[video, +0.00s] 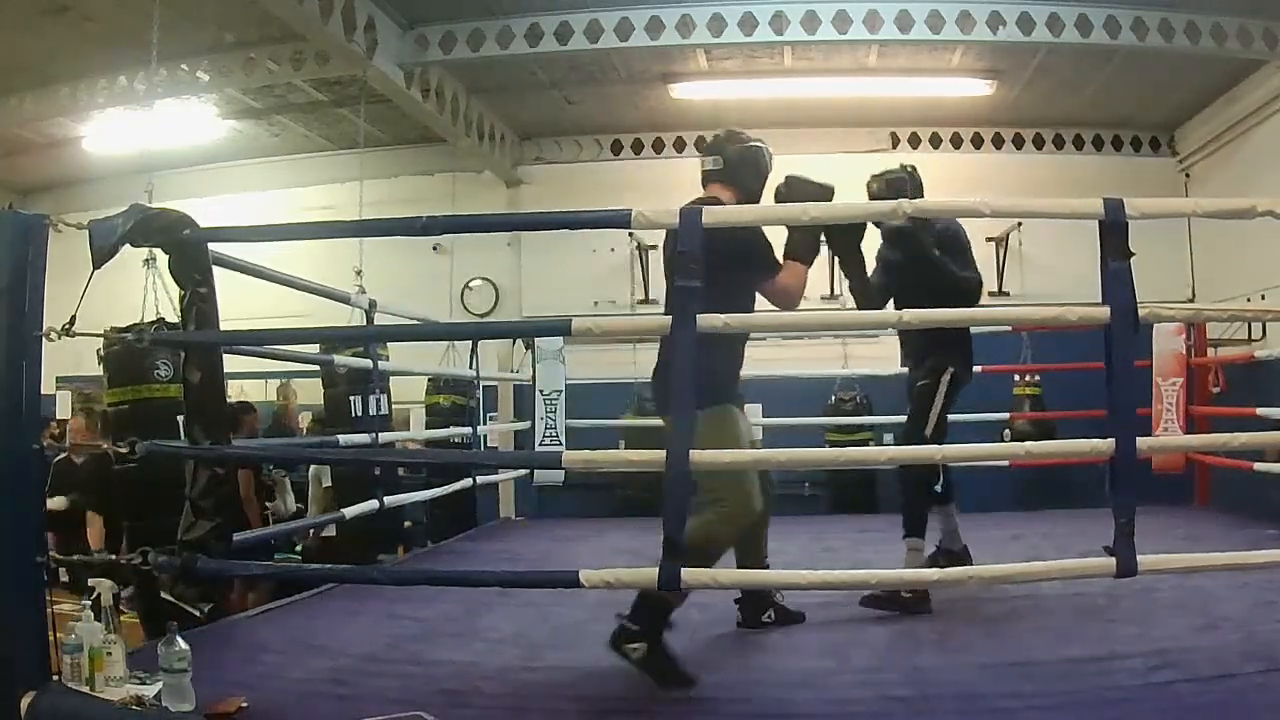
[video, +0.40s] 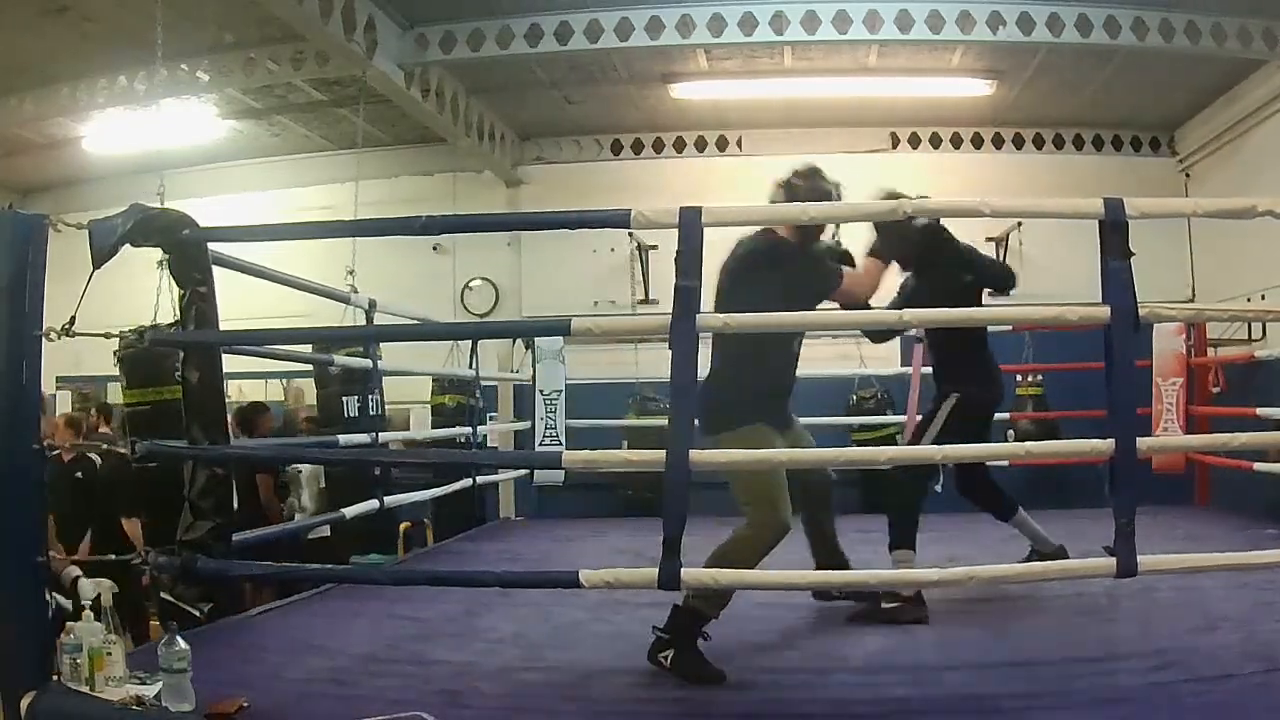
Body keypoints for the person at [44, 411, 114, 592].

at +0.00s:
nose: (71, 437)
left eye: (77, 432)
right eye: (70, 432)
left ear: (89, 435)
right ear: (66, 433)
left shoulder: (101, 463)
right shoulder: (59, 464)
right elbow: (49, 502)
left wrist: (66, 500)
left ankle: (100, 561)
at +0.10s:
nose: (69, 439)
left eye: (74, 434)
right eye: (66, 434)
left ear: (89, 436)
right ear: (64, 437)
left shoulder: (103, 464)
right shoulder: (55, 466)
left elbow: (106, 516)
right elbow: (49, 510)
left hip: (96, 549)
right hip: (63, 549)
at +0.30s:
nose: (56, 433)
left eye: (61, 428)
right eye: (57, 428)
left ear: (76, 434)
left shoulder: (110, 463)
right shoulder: (53, 466)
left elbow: (125, 518)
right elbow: (51, 520)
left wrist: (139, 562)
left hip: (113, 559)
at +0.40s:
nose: (54, 432)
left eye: (59, 428)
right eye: (56, 428)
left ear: (73, 433)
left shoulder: (91, 463)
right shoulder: (50, 462)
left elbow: (95, 505)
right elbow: (46, 502)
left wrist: (87, 541)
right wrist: (51, 540)